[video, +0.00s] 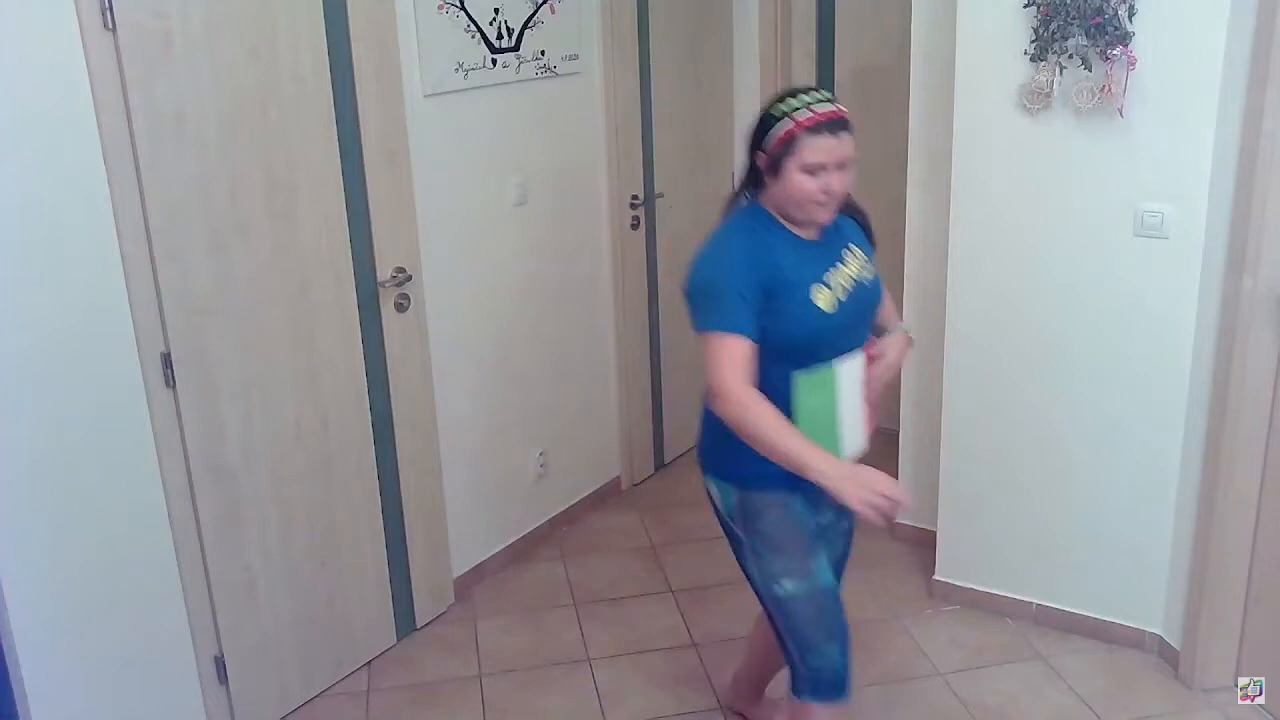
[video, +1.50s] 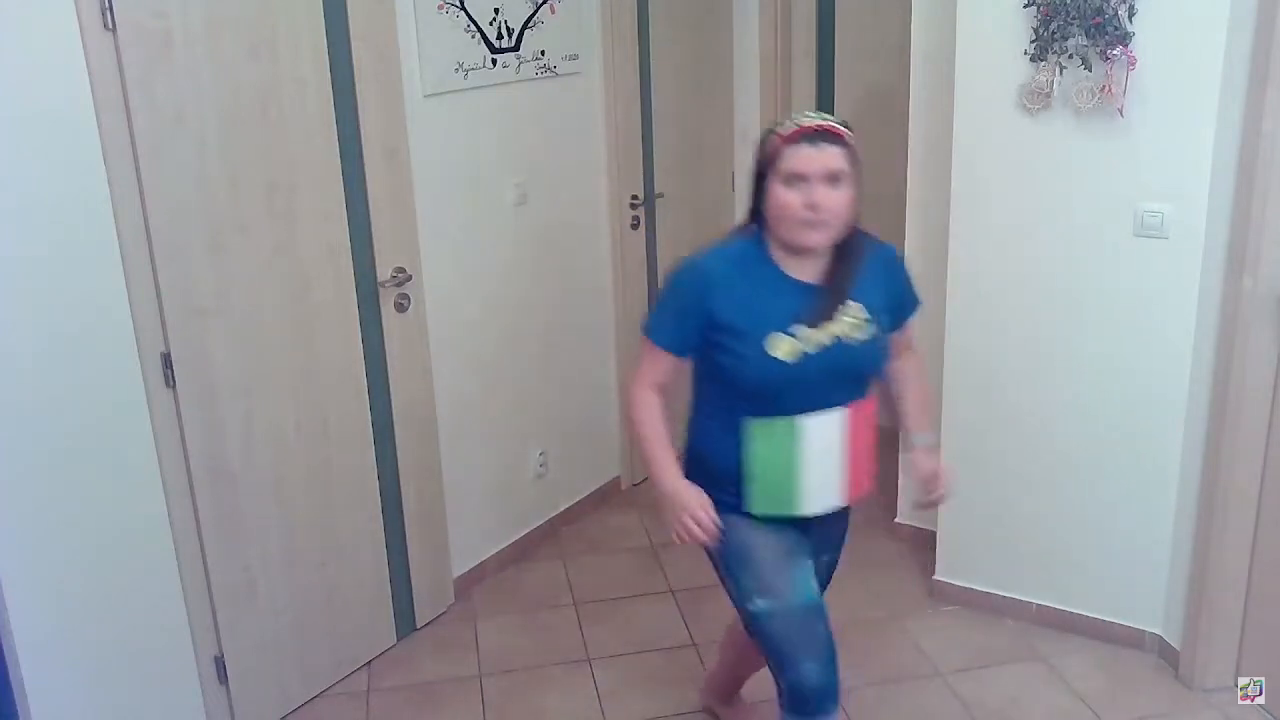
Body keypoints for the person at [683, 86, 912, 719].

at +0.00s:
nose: (834, 186)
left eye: (844, 168)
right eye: (815, 171)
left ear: (854, 163)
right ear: (768, 170)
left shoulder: (846, 228)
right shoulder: (733, 255)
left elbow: (877, 307)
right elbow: (728, 393)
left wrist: (895, 341)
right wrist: (836, 473)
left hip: (839, 464)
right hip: (759, 477)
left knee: (801, 604)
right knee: (825, 662)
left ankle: (740, 694)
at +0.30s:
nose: (975, 273)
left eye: (984, 253)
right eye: (953, 257)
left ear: (996, 248)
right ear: (899, 258)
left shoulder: (938, 308)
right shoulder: (874, 340)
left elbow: (931, 375)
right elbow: (945, 541)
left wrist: (963, 414)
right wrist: (1081, 660)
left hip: (846, 511)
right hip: (796, 527)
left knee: (802, 615)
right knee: (884, 701)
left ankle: (747, 686)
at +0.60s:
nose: (1133, 416)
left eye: (1140, 392)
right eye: (1108, 403)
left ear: (1146, 370)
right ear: (1045, 393)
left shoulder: (1011, 315)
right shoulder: (1014, 496)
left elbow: (950, 327)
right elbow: (1094, 698)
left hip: (822, 431)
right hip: (807, 531)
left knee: (775, 552)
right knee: (897, 709)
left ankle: (704, 595)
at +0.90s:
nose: (1144, 442)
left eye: (1152, 418)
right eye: (1119, 431)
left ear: (1159, 392)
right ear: (1051, 422)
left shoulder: (1027, 330)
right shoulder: (1017, 521)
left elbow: (968, 330)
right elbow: (1092, 706)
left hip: (827, 427)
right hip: (807, 530)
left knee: (780, 550)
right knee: (891, 707)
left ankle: (706, 595)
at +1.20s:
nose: (1013, 317)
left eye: (1020, 293)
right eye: (983, 300)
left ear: (1034, 289)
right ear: (928, 306)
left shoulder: (968, 341)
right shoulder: (891, 403)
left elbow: (981, 397)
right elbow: (846, 577)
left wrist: (996, 456)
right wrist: (952, 694)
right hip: (789, 538)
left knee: (782, 611)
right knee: (884, 704)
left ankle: (727, 669)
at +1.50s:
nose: (816, 199)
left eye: (834, 181)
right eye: (796, 181)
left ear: (856, 194)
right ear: (762, 193)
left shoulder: (877, 268)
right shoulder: (708, 280)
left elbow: (902, 353)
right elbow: (645, 386)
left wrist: (920, 443)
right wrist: (670, 484)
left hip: (830, 498)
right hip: (739, 504)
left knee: (774, 620)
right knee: (812, 678)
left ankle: (716, 696)